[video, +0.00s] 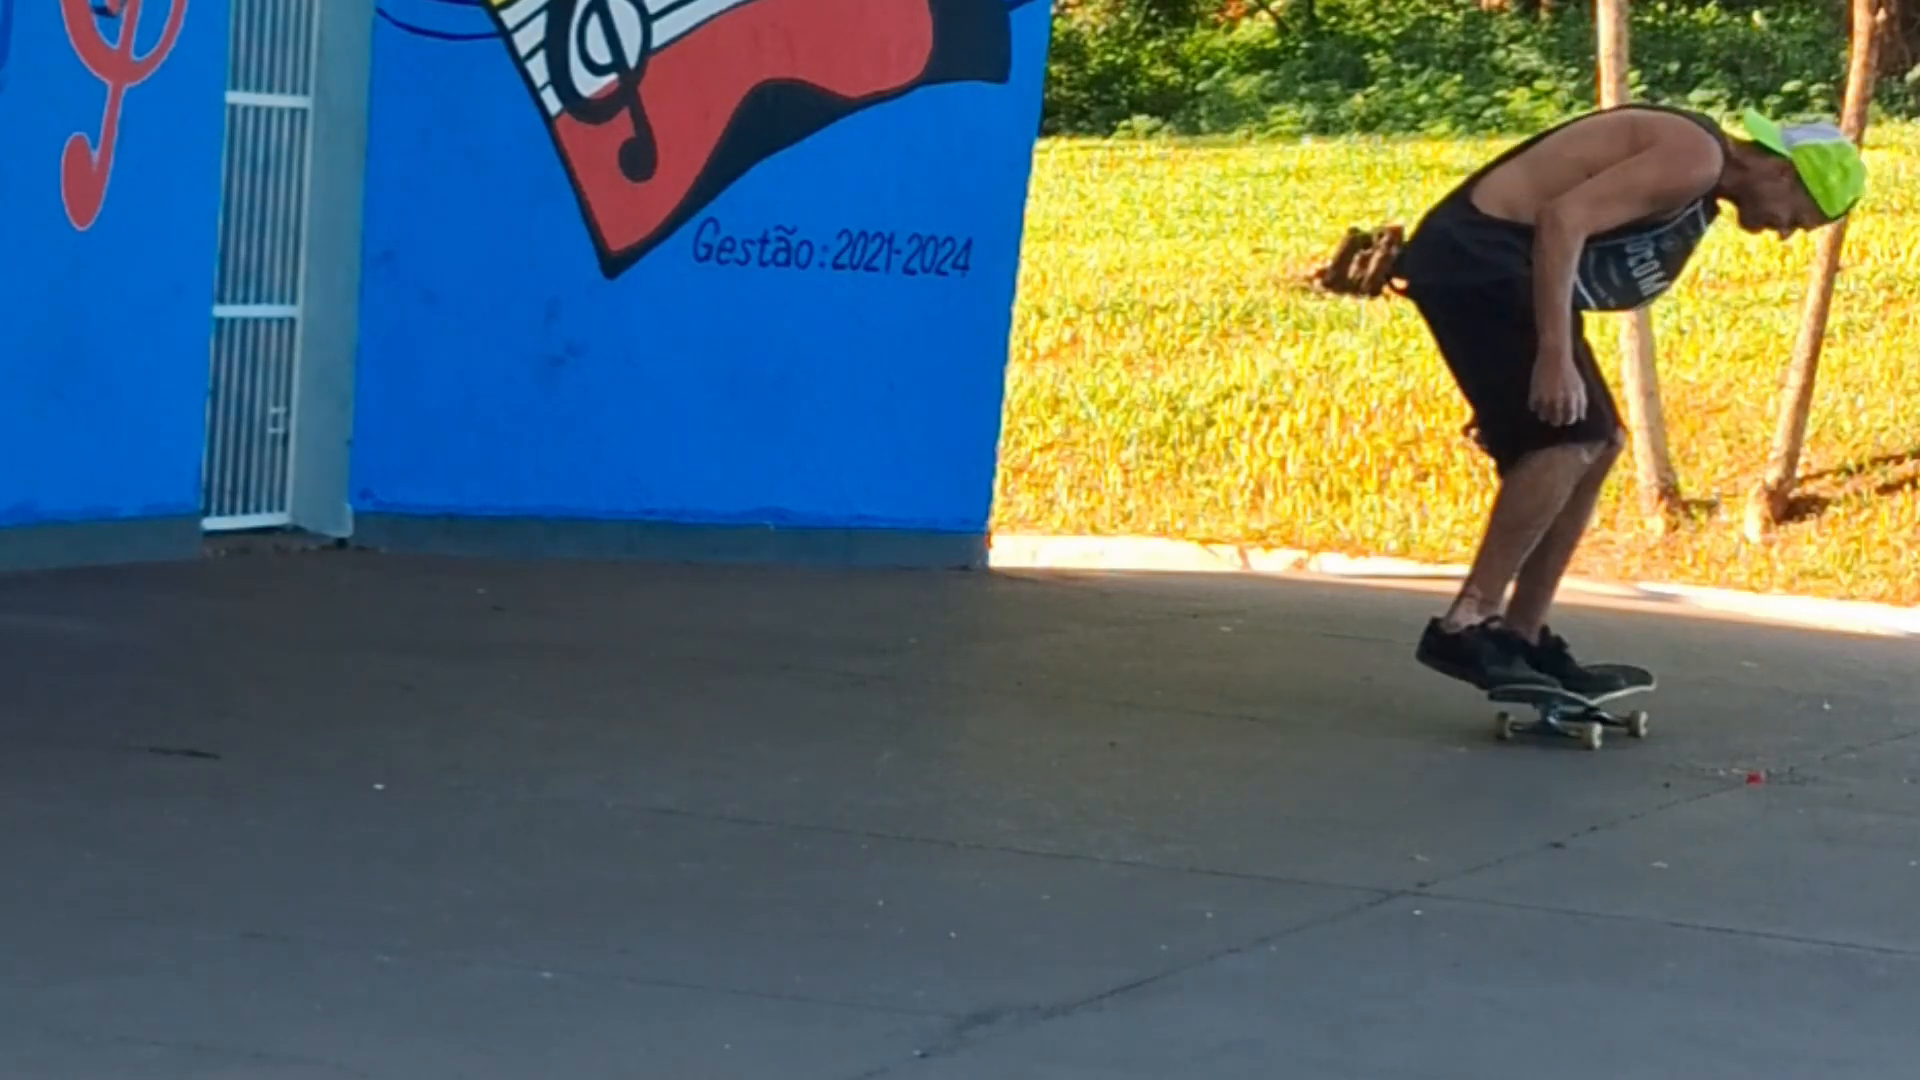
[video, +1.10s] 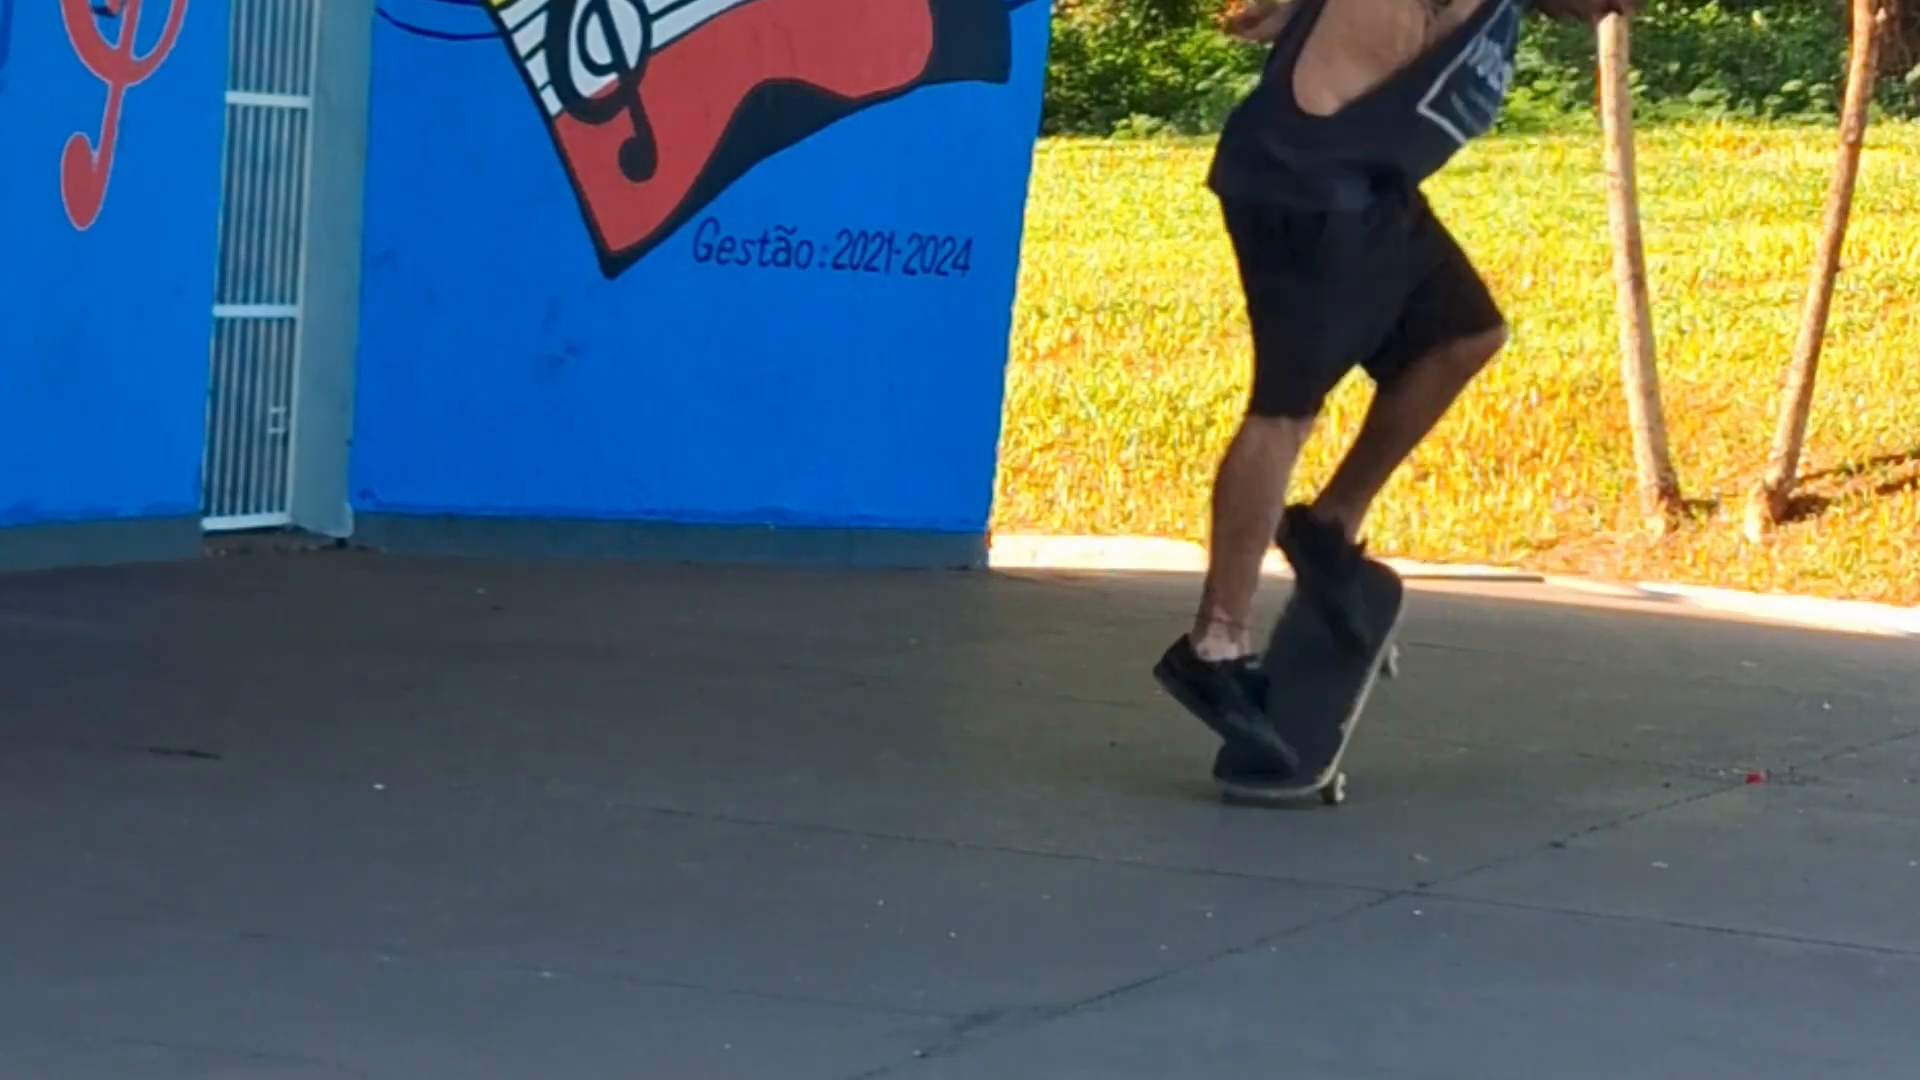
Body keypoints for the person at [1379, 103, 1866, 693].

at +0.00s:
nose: (1790, 230)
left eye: (1804, 225)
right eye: (1801, 215)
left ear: (1785, 177)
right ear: (1784, 172)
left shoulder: (1700, 185)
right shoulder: (1693, 157)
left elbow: (1572, 249)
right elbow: (1561, 217)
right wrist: (1554, 357)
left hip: (1514, 266)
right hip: (1474, 254)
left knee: (1598, 439)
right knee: (1565, 438)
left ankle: (1521, 633)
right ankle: (1466, 621)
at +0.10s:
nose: (1776, 238)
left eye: (1790, 233)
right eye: (1787, 222)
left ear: (1773, 182)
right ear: (1771, 178)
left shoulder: (1683, 190)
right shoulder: (1679, 161)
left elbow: (1556, 264)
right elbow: (1547, 227)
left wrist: (1481, 398)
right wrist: (1533, 368)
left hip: (1499, 267)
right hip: (1455, 254)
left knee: (1578, 443)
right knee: (1549, 442)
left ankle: (1500, 640)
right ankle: (1448, 629)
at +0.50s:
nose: (1702, 281)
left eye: (1717, 276)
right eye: (1716, 267)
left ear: (1696, 217)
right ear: (1699, 223)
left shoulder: (1614, 210)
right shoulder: (1608, 205)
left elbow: (1490, 308)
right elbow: (1490, 297)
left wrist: (1424, 480)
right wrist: (1482, 449)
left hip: (1405, 275)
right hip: (1364, 270)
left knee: (1518, 445)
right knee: (1478, 469)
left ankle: (1416, 651)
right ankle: (1351, 641)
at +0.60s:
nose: (1680, 308)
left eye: (1696, 300)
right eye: (1694, 292)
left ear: (1670, 246)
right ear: (1673, 248)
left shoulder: (1586, 248)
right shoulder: (1583, 232)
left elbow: (1495, 366)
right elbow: (1505, 346)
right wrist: (1537, 491)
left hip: (1383, 307)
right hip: (1339, 298)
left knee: (1493, 472)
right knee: (1474, 477)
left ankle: (1391, 657)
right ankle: (1331, 640)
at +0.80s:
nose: (1637, 319)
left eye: (1650, 311)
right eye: (1647, 301)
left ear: (1620, 256)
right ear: (1622, 255)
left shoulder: (1539, 300)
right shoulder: (1529, 251)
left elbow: (1514, 449)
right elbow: (1470, 413)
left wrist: (1538, 574)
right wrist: (1580, 512)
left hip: (1326, 341)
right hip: (1284, 333)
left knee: (1475, 487)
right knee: (1451, 483)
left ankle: (1345, 661)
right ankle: (1285, 642)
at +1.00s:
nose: (1628, 144)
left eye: (1646, 133)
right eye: (1643, 122)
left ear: (1609, 75)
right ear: (1615, 76)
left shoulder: (1513, 110)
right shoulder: (1491, 78)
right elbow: (1320, 101)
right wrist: (1173, 174)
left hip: (1345, 270)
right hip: (1295, 256)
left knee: (1422, 459)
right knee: (1394, 463)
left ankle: (1305, 665)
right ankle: (1239, 649)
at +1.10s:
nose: (1603, 15)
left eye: (1610, 12)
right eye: (1603, 5)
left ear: (1580, 5)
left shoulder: (1494, 16)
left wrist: (1284, 15)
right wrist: (1272, 15)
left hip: (1370, 175)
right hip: (1297, 174)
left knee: (1464, 333)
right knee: (1285, 406)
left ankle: (1331, 524)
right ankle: (1215, 646)